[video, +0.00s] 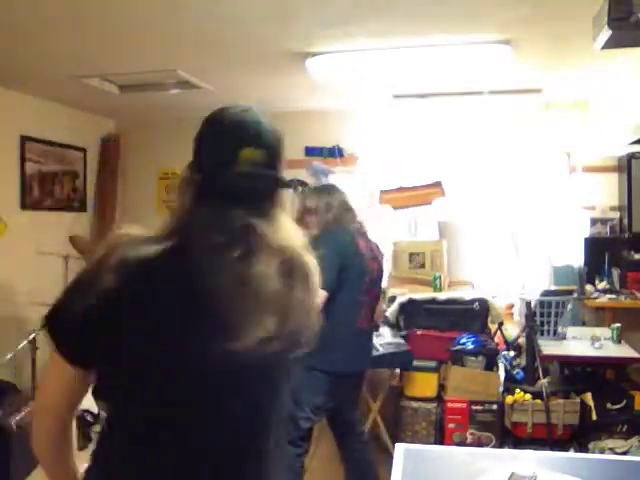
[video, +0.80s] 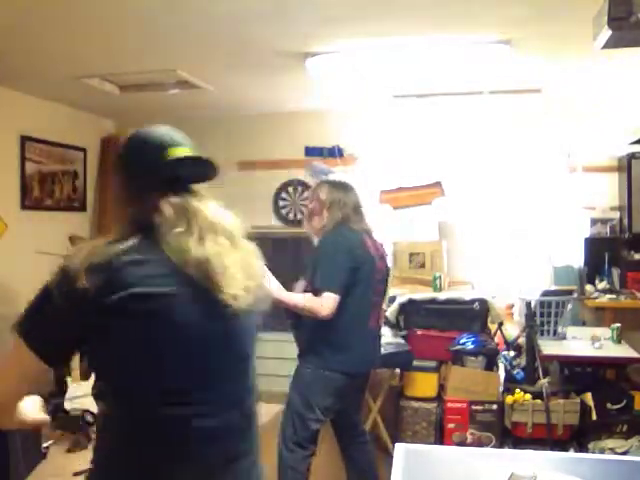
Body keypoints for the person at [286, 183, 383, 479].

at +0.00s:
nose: (306, 220)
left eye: (310, 212)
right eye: (305, 212)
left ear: (326, 211)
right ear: (343, 209)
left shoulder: (331, 241)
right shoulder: (366, 243)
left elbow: (316, 297)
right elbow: (372, 303)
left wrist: (292, 330)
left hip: (323, 354)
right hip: (355, 355)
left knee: (292, 435)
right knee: (349, 429)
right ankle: (364, 474)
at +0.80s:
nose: (307, 210)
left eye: (312, 203)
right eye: (308, 203)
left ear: (328, 207)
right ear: (349, 206)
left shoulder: (338, 240)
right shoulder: (368, 241)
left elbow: (324, 307)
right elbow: (362, 304)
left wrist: (280, 294)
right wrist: (311, 292)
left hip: (328, 361)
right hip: (358, 360)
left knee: (295, 445)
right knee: (352, 433)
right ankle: (367, 476)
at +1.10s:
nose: (307, 207)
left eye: (314, 201)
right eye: (309, 200)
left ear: (330, 207)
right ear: (349, 207)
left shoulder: (337, 241)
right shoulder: (366, 241)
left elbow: (326, 308)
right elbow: (360, 304)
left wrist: (279, 295)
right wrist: (311, 294)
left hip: (327, 362)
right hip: (358, 361)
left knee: (296, 446)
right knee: (352, 434)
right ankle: (368, 476)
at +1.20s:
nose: (309, 211)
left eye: (314, 204)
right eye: (310, 204)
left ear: (329, 209)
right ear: (351, 207)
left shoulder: (338, 243)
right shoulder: (367, 241)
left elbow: (326, 308)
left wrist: (279, 294)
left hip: (327, 363)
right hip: (358, 361)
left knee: (296, 445)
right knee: (352, 434)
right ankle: (368, 476)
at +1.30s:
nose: (307, 210)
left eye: (312, 203)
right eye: (308, 203)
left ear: (327, 208)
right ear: (349, 207)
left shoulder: (338, 242)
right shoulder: (366, 242)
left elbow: (326, 308)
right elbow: (360, 304)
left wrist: (279, 295)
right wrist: (312, 296)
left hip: (327, 363)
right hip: (357, 362)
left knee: (296, 445)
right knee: (351, 433)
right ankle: (368, 476)